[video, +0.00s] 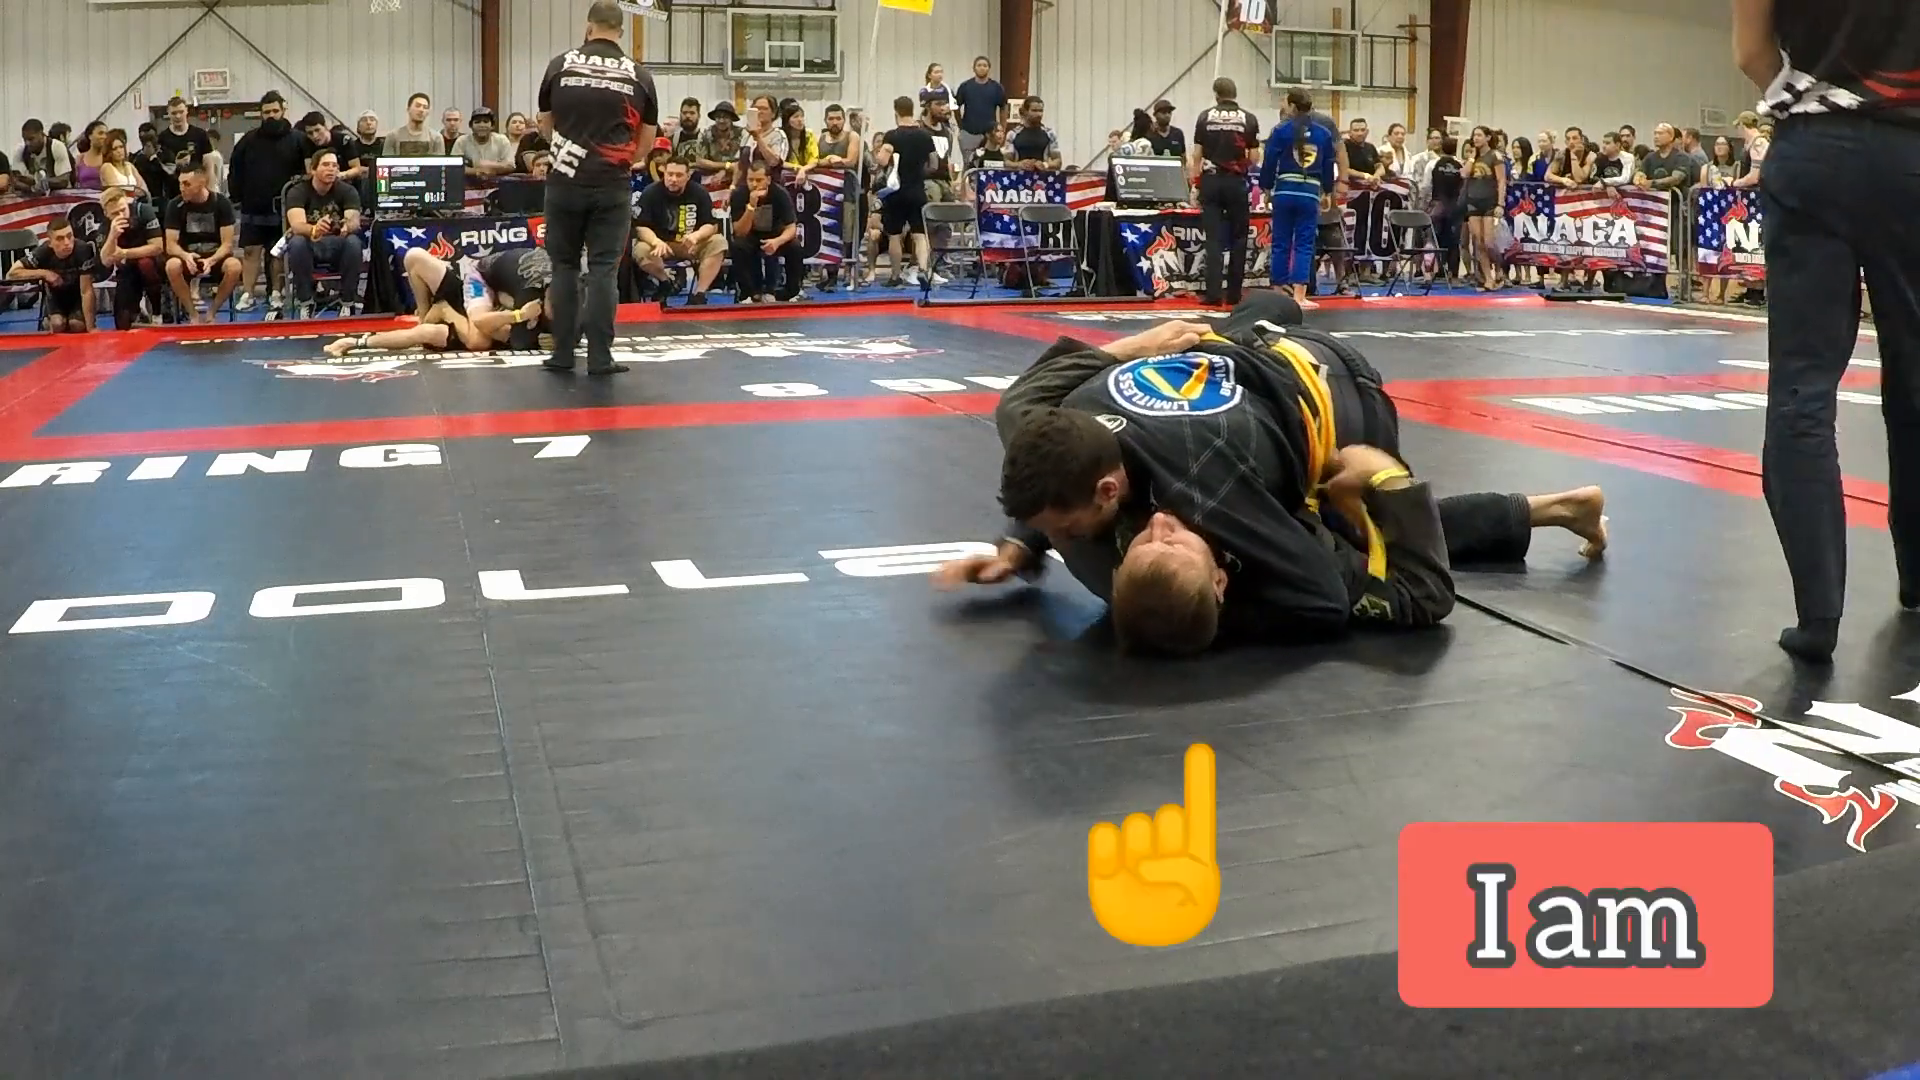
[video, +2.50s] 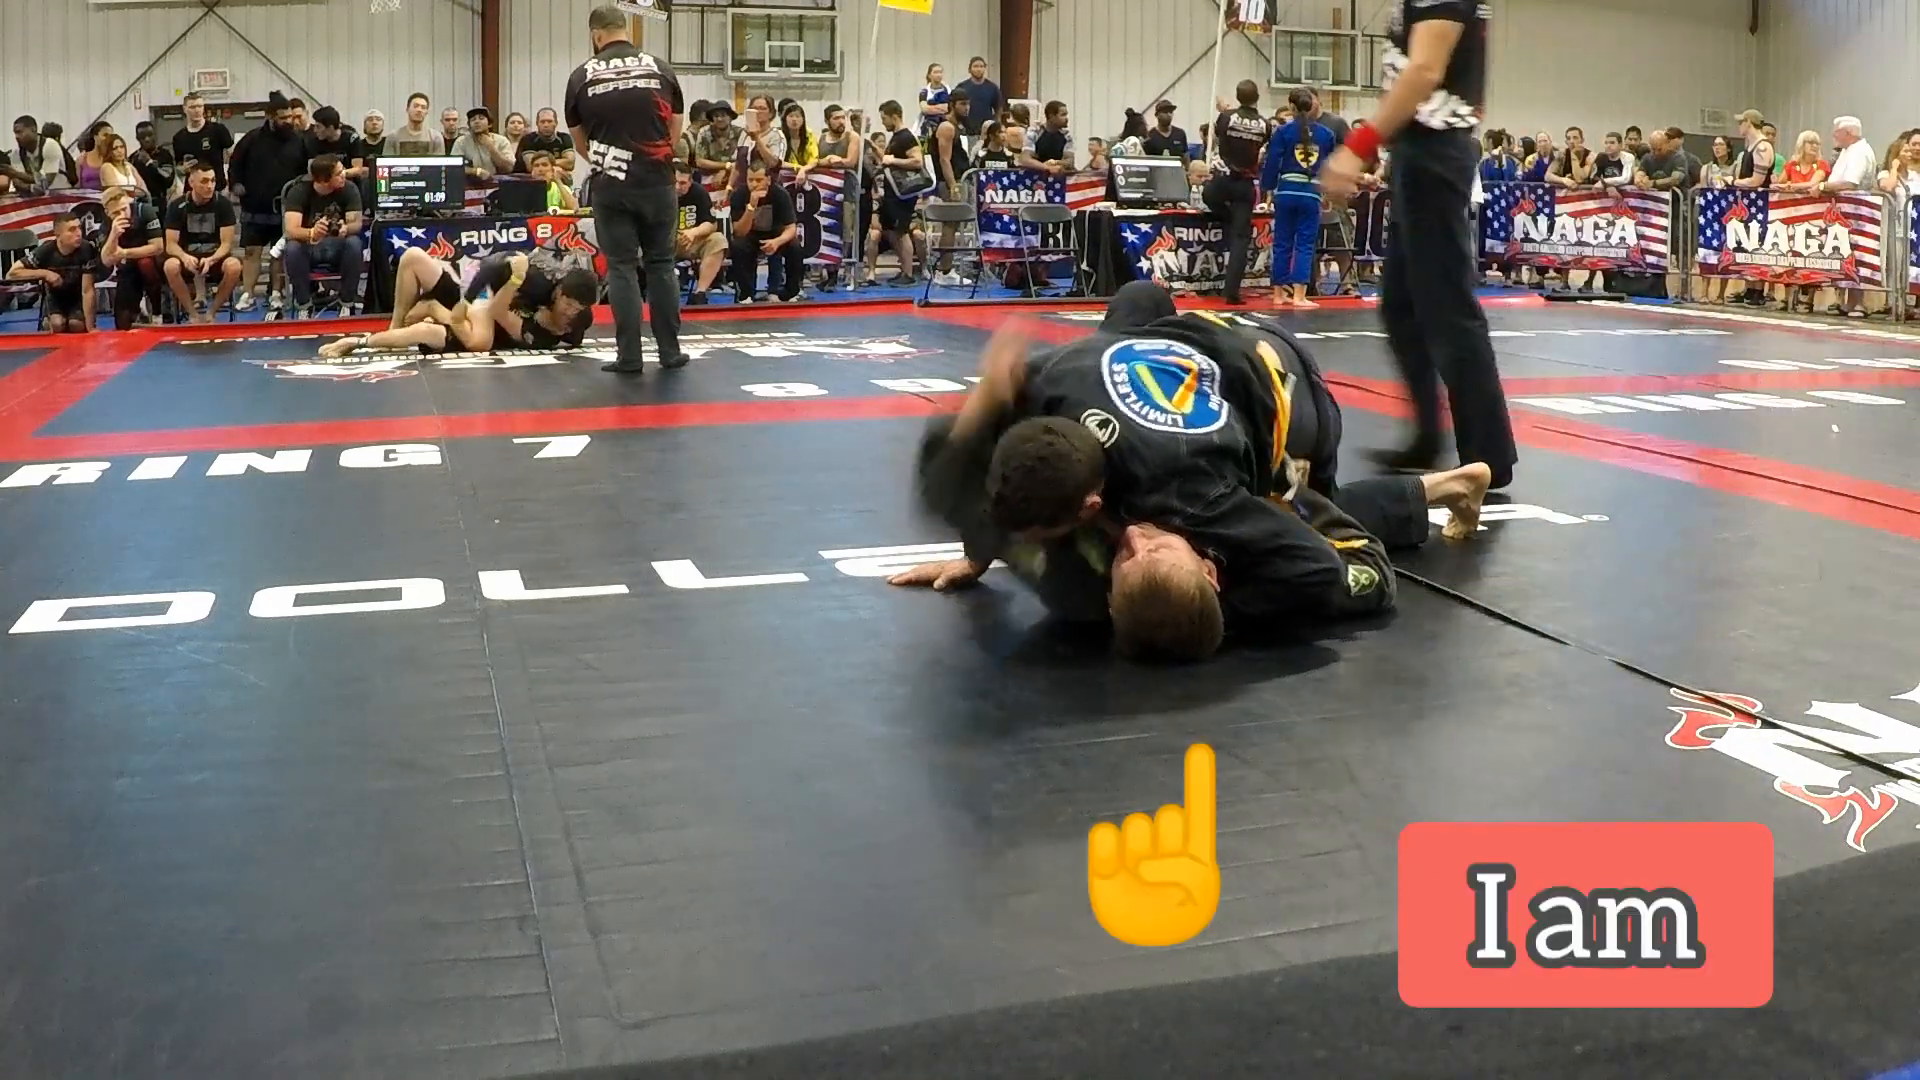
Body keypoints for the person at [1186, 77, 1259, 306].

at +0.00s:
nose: (1217, 97)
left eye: (1216, 93)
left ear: (1215, 95)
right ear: (1235, 94)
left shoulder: (1205, 117)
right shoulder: (1249, 118)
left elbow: (1197, 155)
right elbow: (1254, 156)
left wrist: (1196, 183)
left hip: (1211, 180)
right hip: (1237, 182)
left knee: (1213, 239)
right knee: (1239, 239)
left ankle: (1213, 294)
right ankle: (1234, 295)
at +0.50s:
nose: (1226, 96)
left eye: (1225, 93)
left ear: (1226, 95)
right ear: (1245, 96)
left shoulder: (1214, 117)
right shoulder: (1256, 119)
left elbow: (1204, 155)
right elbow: (1250, 149)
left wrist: (1197, 185)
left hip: (1218, 178)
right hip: (1242, 180)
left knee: (1230, 233)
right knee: (1238, 237)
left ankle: (1233, 285)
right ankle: (1232, 292)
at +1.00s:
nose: (1216, 99)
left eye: (1217, 96)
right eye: (1217, 96)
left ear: (1222, 97)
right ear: (1239, 96)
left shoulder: (1216, 122)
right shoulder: (1255, 118)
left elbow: (1208, 159)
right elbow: (1256, 149)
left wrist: (1198, 186)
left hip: (1220, 179)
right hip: (1245, 181)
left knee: (1212, 200)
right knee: (1239, 238)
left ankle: (1231, 228)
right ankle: (1232, 293)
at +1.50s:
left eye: (1236, 93)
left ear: (1232, 96)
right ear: (1251, 97)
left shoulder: (1221, 119)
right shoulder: (1261, 121)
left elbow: (1210, 155)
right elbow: (1259, 151)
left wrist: (1199, 170)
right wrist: (1246, 165)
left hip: (1220, 178)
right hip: (1244, 182)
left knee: (1210, 198)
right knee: (1238, 239)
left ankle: (1227, 222)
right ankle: (1231, 292)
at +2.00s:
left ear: (1233, 96)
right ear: (1252, 97)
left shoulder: (1222, 117)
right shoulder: (1262, 120)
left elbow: (1207, 134)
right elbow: (1259, 141)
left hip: (1224, 179)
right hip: (1248, 182)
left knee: (1209, 197)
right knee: (1240, 239)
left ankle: (1230, 221)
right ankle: (1232, 293)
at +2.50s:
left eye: (1239, 94)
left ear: (1237, 97)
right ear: (1257, 98)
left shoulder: (1224, 117)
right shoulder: (1265, 125)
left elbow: (1217, 139)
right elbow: (1267, 147)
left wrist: (1224, 110)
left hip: (1224, 176)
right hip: (1247, 181)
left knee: (1210, 198)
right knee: (1241, 238)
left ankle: (1231, 219)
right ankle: (1231, 292)